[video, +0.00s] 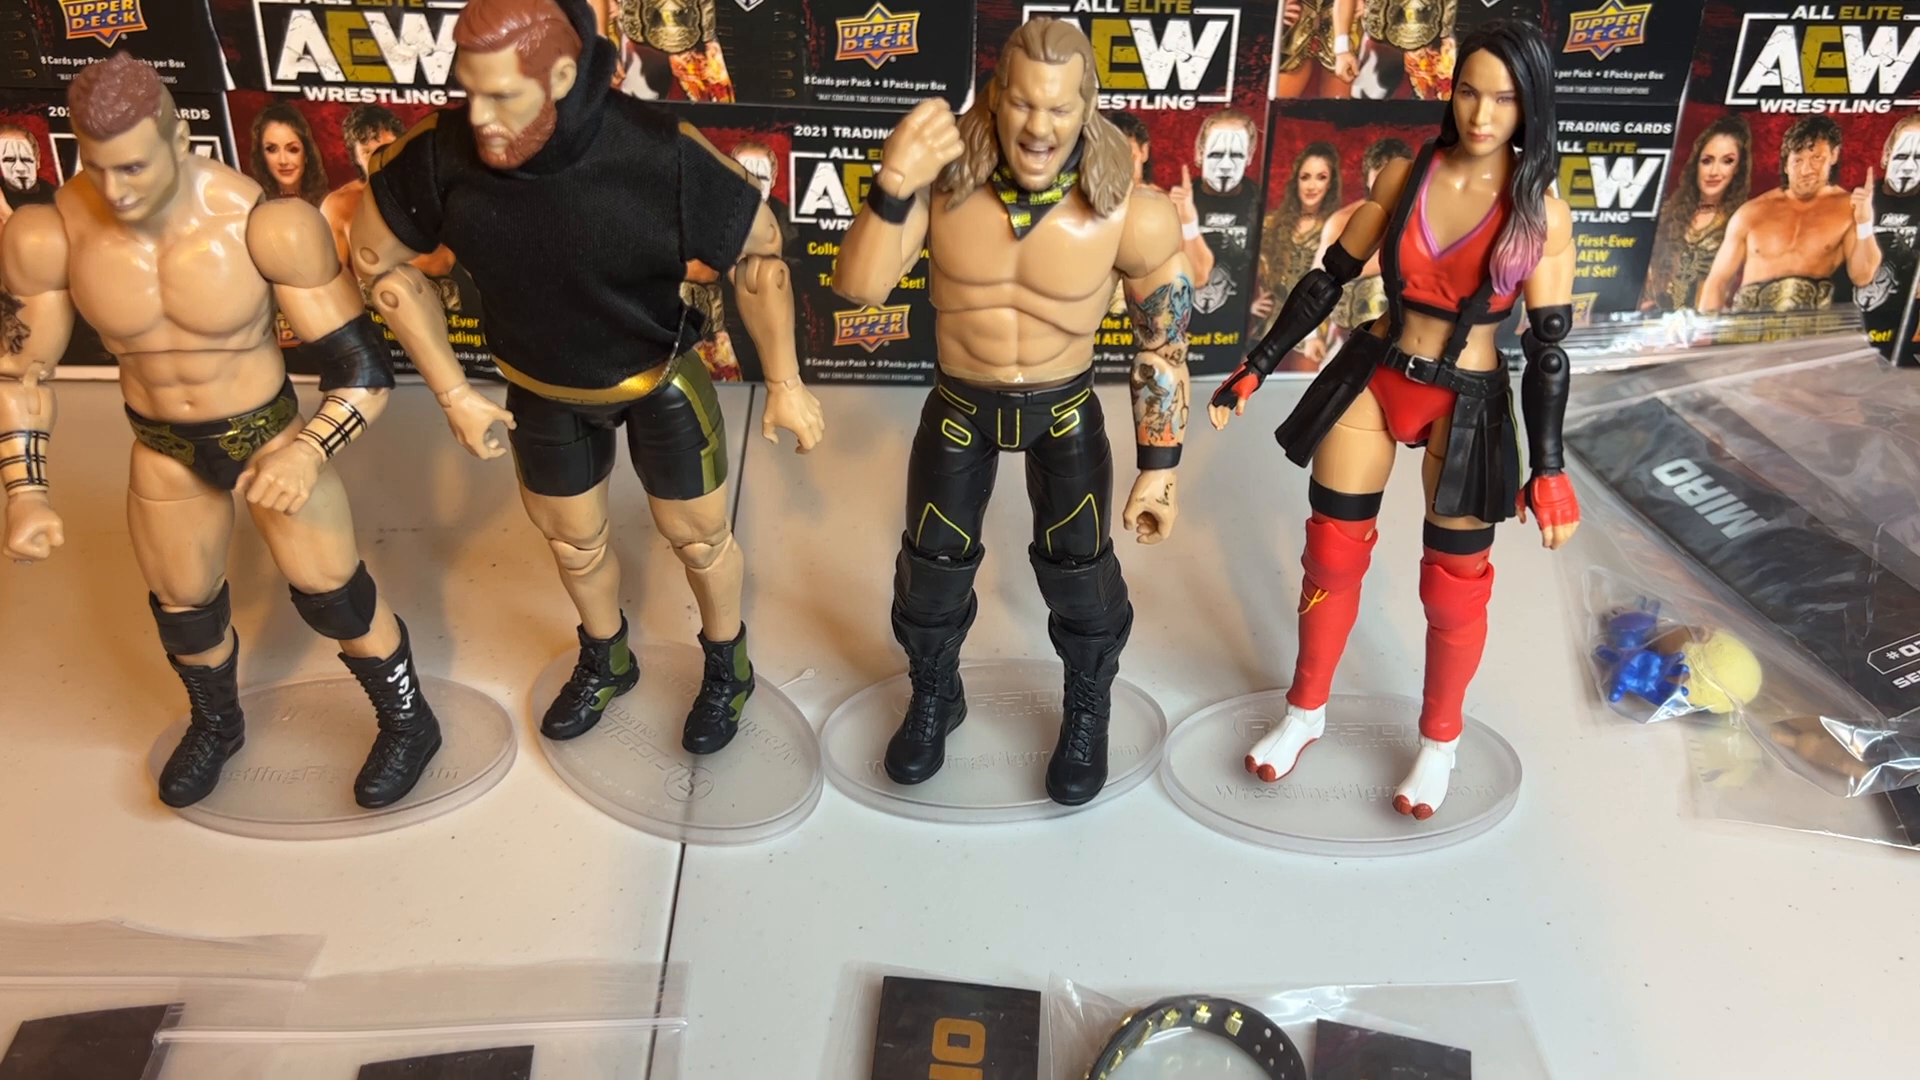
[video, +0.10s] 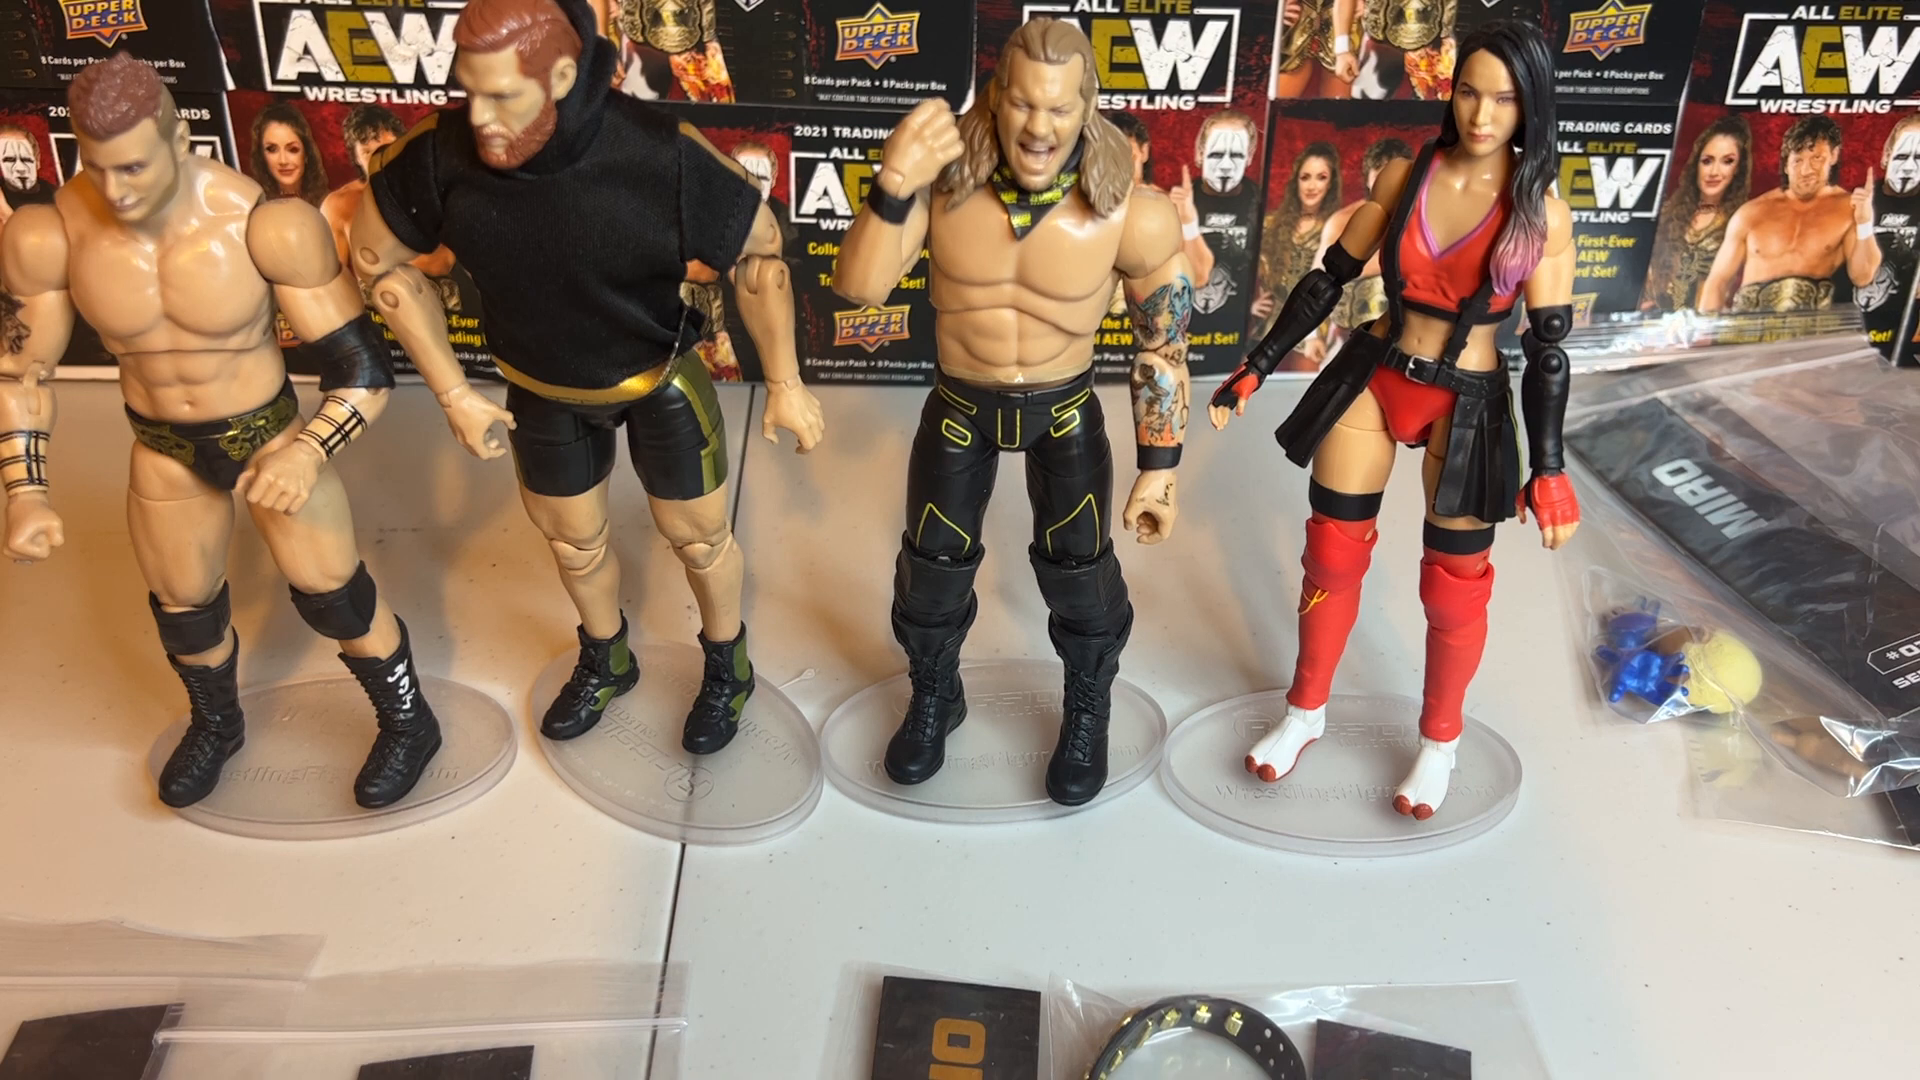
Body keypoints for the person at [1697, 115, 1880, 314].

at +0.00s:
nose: (1806, 169)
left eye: (1816, 158)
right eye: (1797, 160)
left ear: (1834, 156)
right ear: (1785, 163)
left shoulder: (1848, 207)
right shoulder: (1750, 212)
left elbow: (1862, 277)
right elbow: (1718, 282)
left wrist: (1864, 223)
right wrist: (1704, 336)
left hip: (1810, 316)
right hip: (1748, 314)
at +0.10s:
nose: (1806, 169)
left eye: (1816, 158)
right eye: (1797, 160)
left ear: (1834, 156)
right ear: (1785, 163)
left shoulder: (1848, 207)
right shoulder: (1750, 213)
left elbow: (1862, 278)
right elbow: (1718, 282)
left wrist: (1864, 223)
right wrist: (1704, 336)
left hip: (1810, 315)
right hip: (1749, 313)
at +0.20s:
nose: (1806, 169)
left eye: (1816, 158)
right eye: (1797, 160)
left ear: (1834, 155)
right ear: (1785, 162)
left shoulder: (1848, 207)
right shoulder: (1750, 212)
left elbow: (1861, 277)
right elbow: (1717, 282)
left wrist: (1864, 223)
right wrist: (1704, 336)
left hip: (1810, 315)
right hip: (1748, 313)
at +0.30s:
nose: (1807, 169)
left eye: (1817, 158)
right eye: (1798, 160)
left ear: (1834, 156)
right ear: (1785, 163)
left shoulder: (1848, 207)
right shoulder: (1751, 213)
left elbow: (1862, 278)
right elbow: (1718, 282)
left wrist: (1864, 223)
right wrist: (1704, 336)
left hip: (1810, 314)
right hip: (1748, 312)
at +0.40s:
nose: (1806, 169)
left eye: (1816, 158)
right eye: (1797, 160)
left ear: (1834, 156)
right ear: (1785, 162)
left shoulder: (1848, 207)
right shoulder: (1751, 212)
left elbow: (1862, 277)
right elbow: (1718, 281)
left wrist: (1864, 223)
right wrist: (1704, 335)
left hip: (1810, 316)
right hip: (1749, 314)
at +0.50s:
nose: (1806, 169)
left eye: (1816, 158)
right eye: (1797, 160)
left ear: (1834, 156)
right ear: (1785, 163)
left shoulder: (1848, 207)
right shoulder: (1750, 212)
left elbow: (1862, 277)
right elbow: (1718, 281)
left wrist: (1864, 223)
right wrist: (1704, 336)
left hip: (1809, 315)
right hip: (1748, 313)